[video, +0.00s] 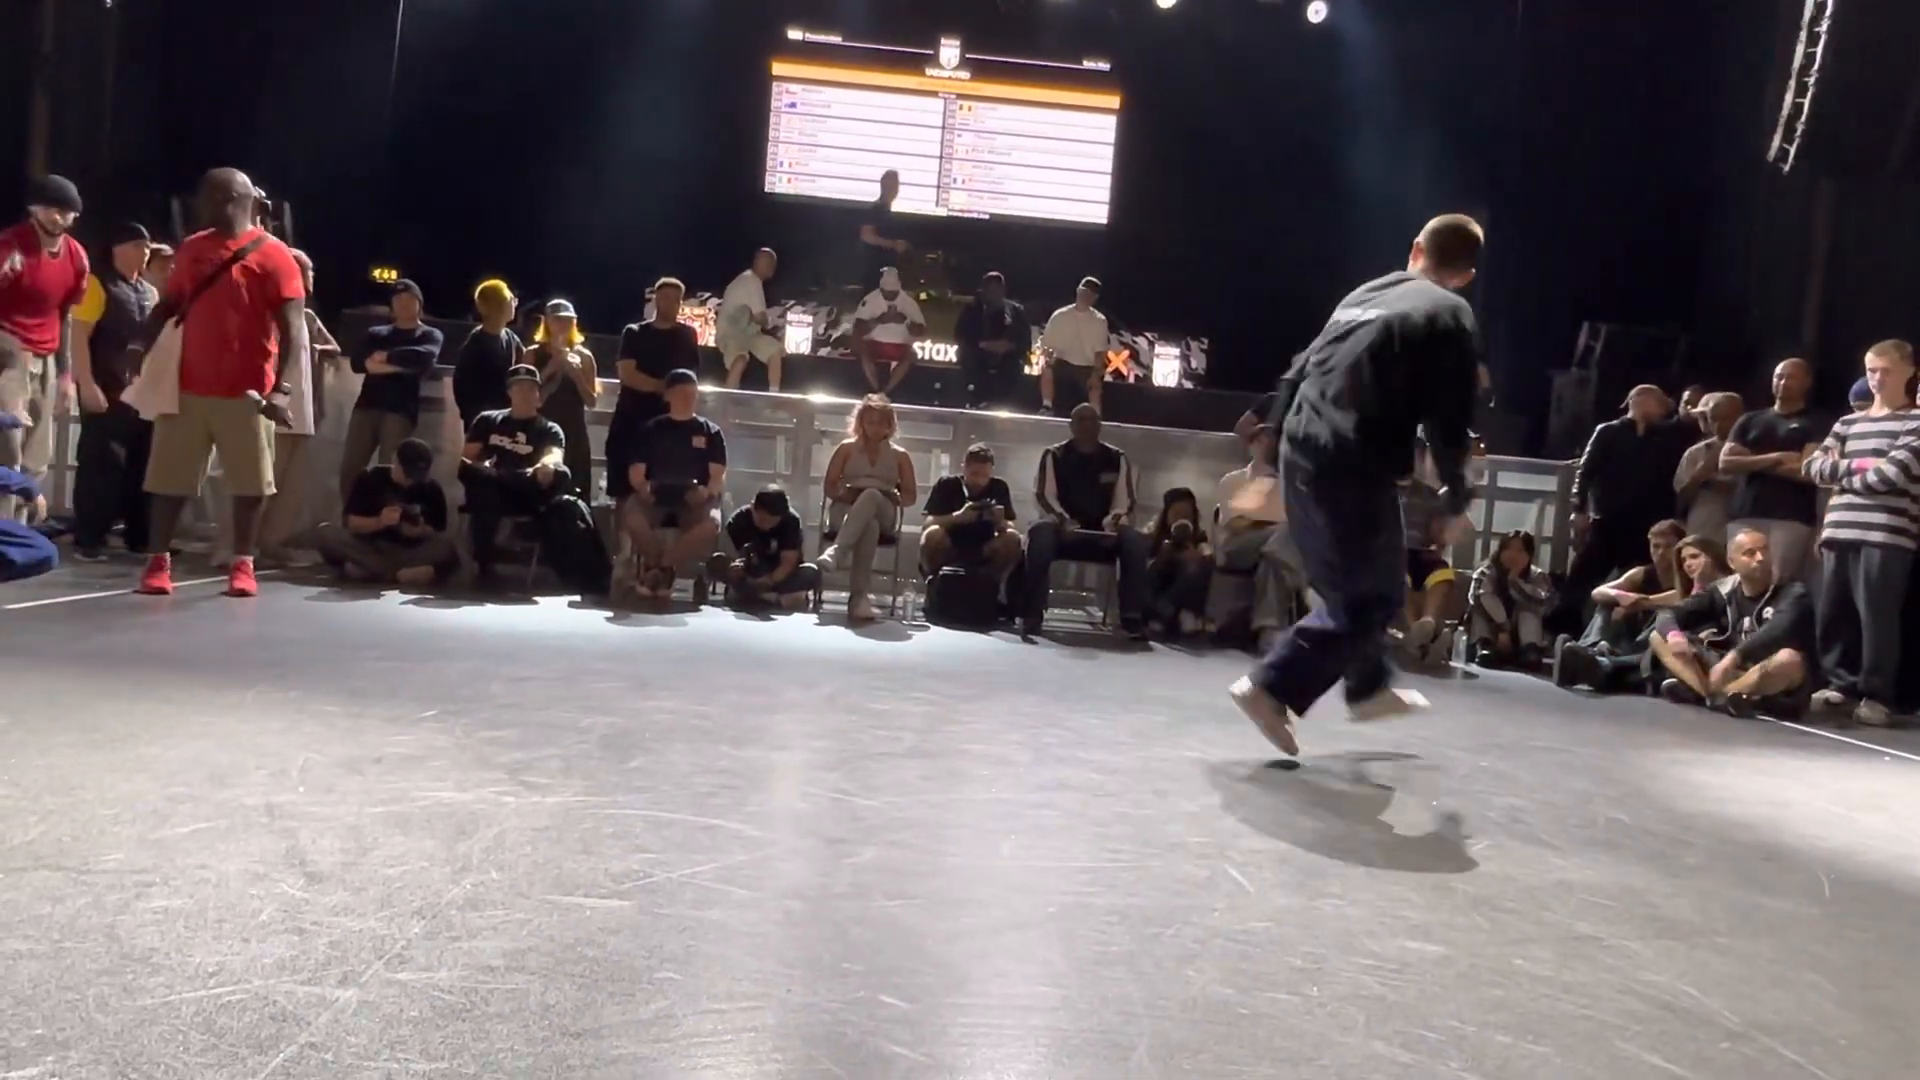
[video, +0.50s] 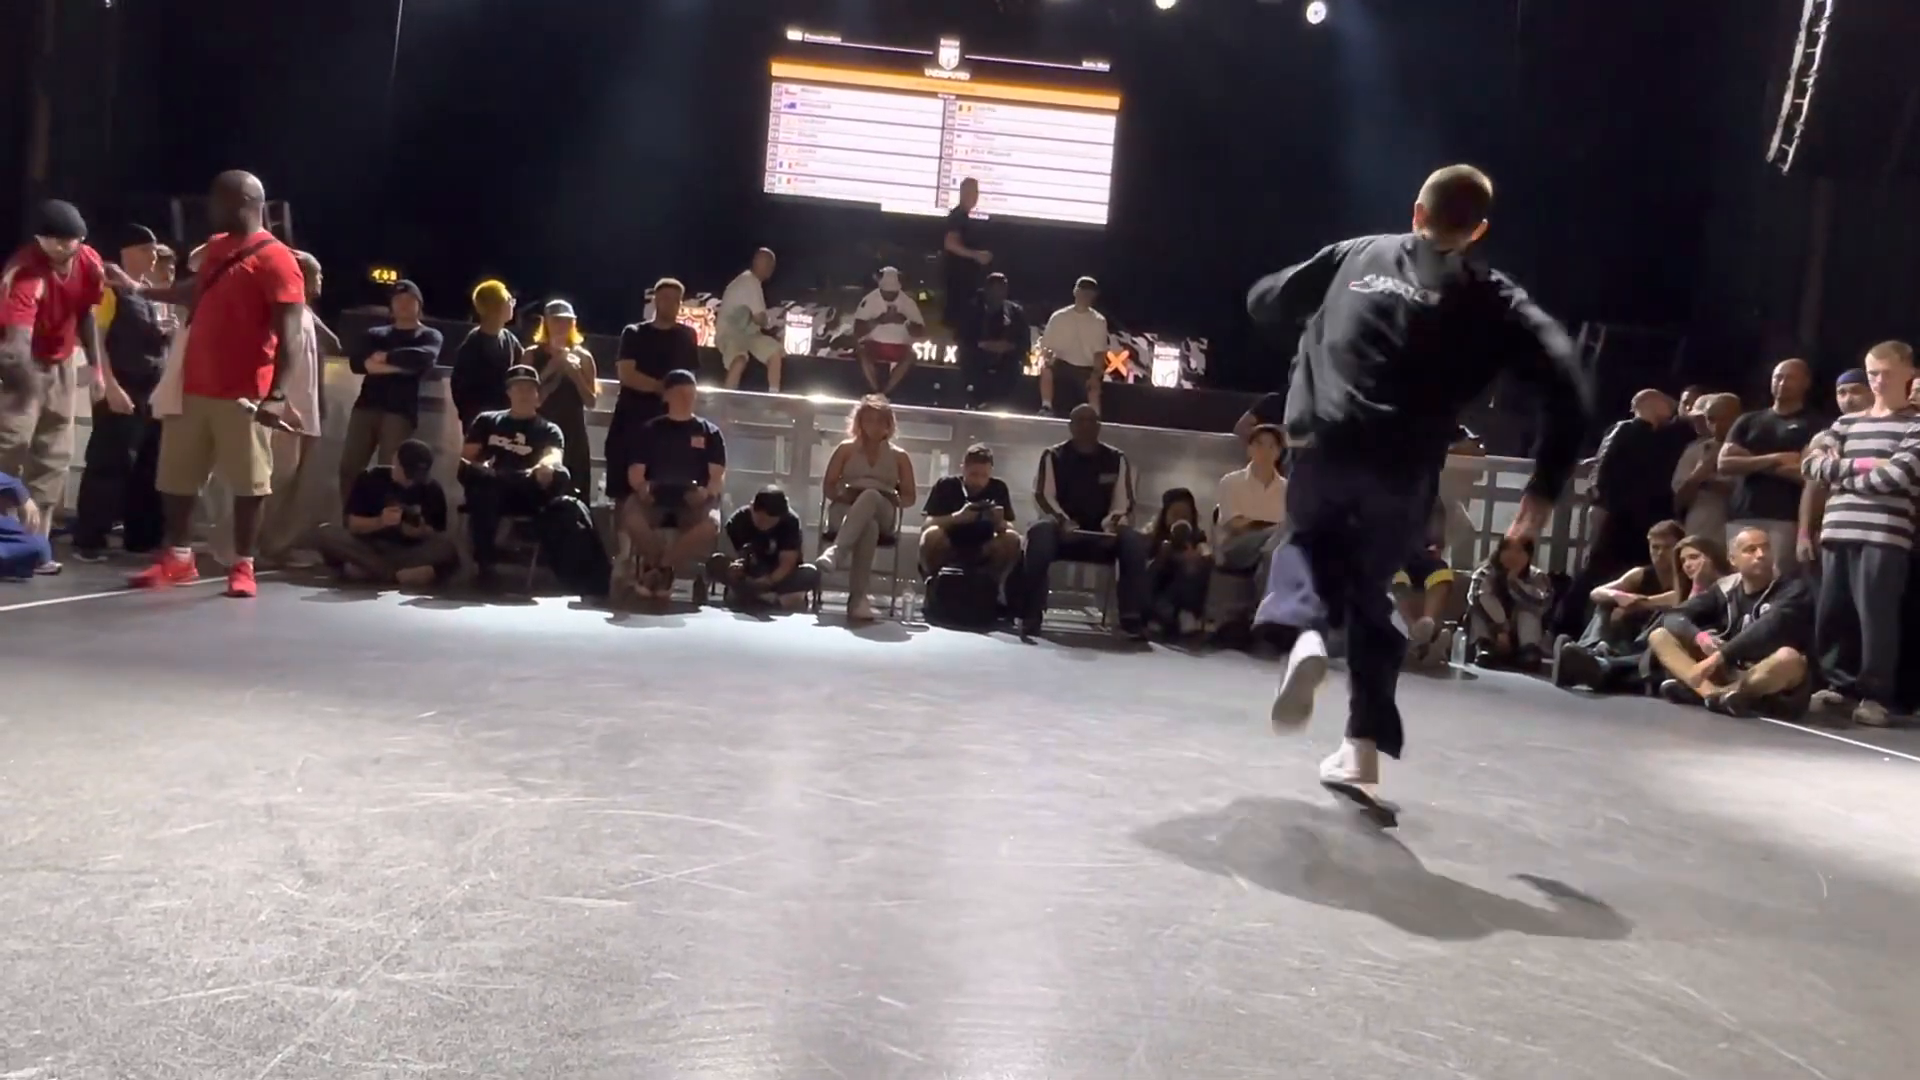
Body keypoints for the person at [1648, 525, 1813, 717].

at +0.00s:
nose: (1760, 558)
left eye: (1763, 551)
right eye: (1750, 553)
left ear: (1770, 554)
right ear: (1732, 561)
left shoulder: (1793, 592)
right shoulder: (1721, 591)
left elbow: (1779, 630)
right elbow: (1667, 615)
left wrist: (1733, 658)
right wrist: (1673, 635)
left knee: (1789, 660)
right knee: (1659, 638)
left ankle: (1709, 695)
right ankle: (1718, 697)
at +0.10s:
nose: (1758, 558)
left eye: (1762, 550)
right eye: (1748, 552)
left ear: (1770, 554)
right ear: (1732, 561)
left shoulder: (1792, 593)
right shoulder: (1722, 591)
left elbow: (1768, 633)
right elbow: (1669, 616)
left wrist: (1717, 655)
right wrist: (1685, 638)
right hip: (1728, 674)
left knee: (1789, 659)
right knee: (1658, 637)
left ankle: (1717, 694)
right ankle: (1713, 694)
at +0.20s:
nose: (1757, 557)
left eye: (1762, 550)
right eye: (1748, 552)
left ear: (1769, 554)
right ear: (1732, 560)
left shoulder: (1791, 593)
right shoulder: (1723, 590)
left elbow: (1765, 632)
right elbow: (1670, 616)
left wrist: (1711, 655)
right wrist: (1688, 636)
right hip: (1727, 672)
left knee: (1788, 659)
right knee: (1659, 636)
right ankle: (1711, 695)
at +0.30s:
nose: (1758, 556)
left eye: (1763, 549)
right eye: (1748, 551)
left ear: (1770, 554)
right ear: (1732, 560)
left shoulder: (1792, 592)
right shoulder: (1723, 591)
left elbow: (1765, 631)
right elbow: (1671, 616)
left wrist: (1712, 656)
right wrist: (1690, 637)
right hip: (1725, 671)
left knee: (1788, 659)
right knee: (1658, 636)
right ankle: (1711, 694)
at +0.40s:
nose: (1758, 555)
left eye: (1763, 549)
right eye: (1749, 550)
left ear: (1770, 553)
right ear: (1732, 560)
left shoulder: (1792, 591)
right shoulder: (1722, 590)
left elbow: (1766, 631)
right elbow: (1671, 617)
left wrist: (1712, 661)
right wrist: (1695, 637)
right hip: (1725, 671)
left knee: (1787, 659)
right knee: (1658, 636)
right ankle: (1711, 694)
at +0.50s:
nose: (1760, 555)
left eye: (1765, 548)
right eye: (1750, 550)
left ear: (1772, 553)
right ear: (1734, 559)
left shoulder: (1793, 590)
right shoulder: (1724, 589)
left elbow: (1769, 629)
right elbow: (1673, 617)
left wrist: (1717, 659)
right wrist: (1698, 636)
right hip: (1726, 672)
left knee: (1789, 658)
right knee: (1659, 636)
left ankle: (1706, 694)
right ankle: (1713, 694)